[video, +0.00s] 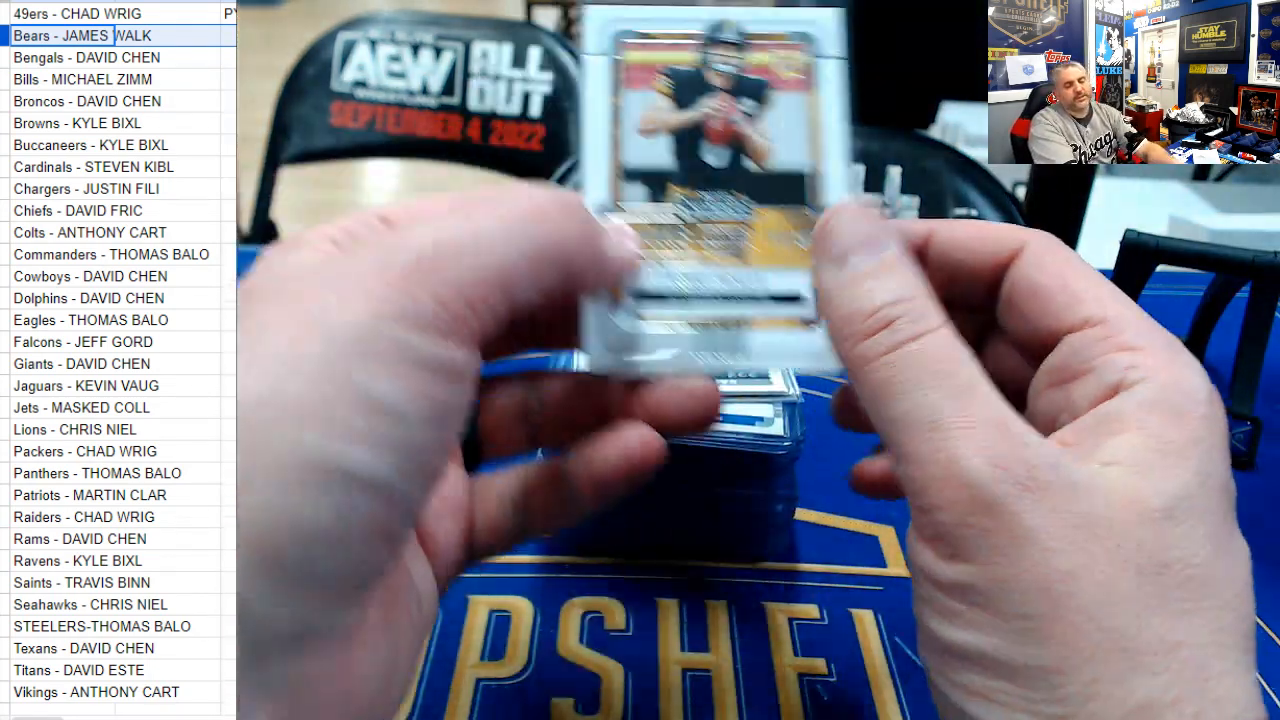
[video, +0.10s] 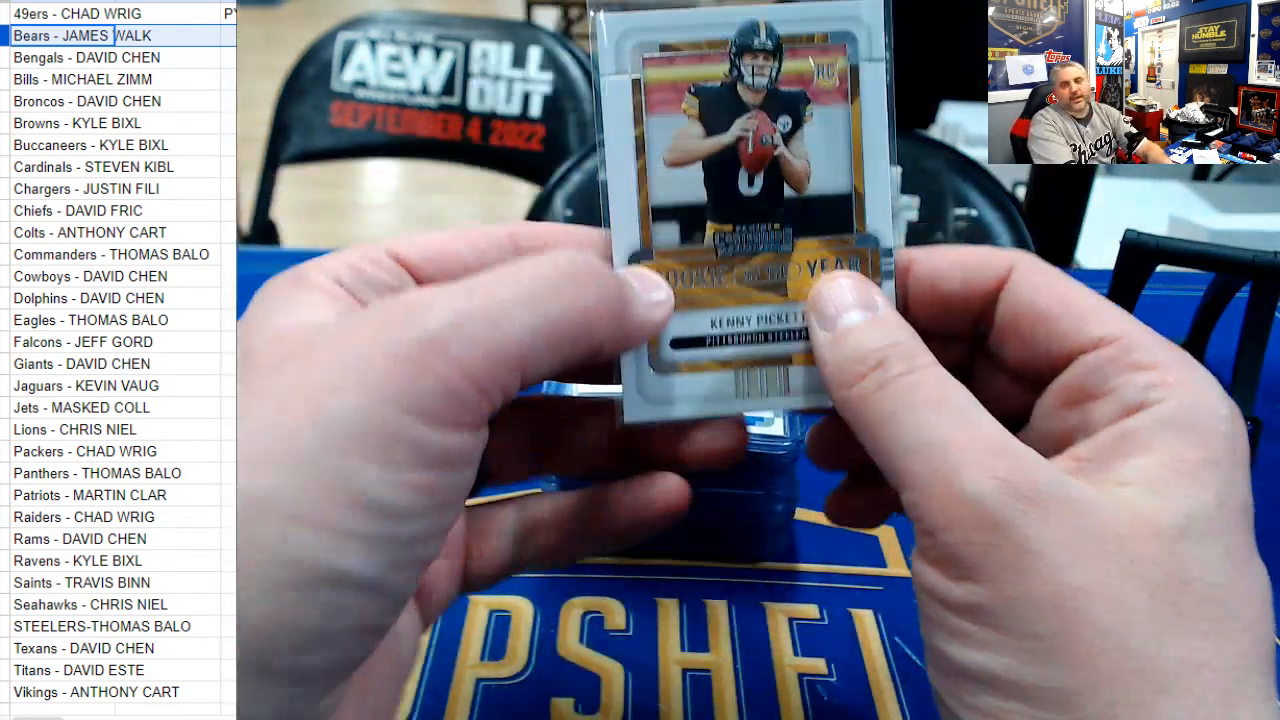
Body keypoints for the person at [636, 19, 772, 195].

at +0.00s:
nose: (725, 56)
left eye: (732, 50)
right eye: (719, 49)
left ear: (741, 55)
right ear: (706, 51)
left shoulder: (753, 91)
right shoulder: (678, 81)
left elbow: (763, 157)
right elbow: (647, 125)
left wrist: (738, 121)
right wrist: (698, 114)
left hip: (733, 195)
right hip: (687, 192)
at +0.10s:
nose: (760, 64)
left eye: (766, 58)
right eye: (752, 57)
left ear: (776, 62)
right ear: (736, 59)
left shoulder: (789, 106)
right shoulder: (707, 101)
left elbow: (801, 183)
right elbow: (672, 156)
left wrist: (781, 151)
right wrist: (727, 138)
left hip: (772, 232)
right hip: (723, 232)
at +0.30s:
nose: (753, 123)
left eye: (760, 117)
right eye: (746, 116)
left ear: (770, 122)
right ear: (730, 118)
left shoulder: (782, 165)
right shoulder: (702, 158)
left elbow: (795, 239)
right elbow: (668, 210)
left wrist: (774, 207)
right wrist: (720, 193)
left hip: (766, 286)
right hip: (717, 286)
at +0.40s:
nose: (754, 133)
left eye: (761, 127)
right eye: (746, 127)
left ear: (770, 131)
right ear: (730, 130)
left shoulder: (784, 174)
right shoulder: (703, 169)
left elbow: (798, 248)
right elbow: (669, 223)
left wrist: (776, 216)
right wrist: (721, 205)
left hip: (771, 297)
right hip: (721, 298)